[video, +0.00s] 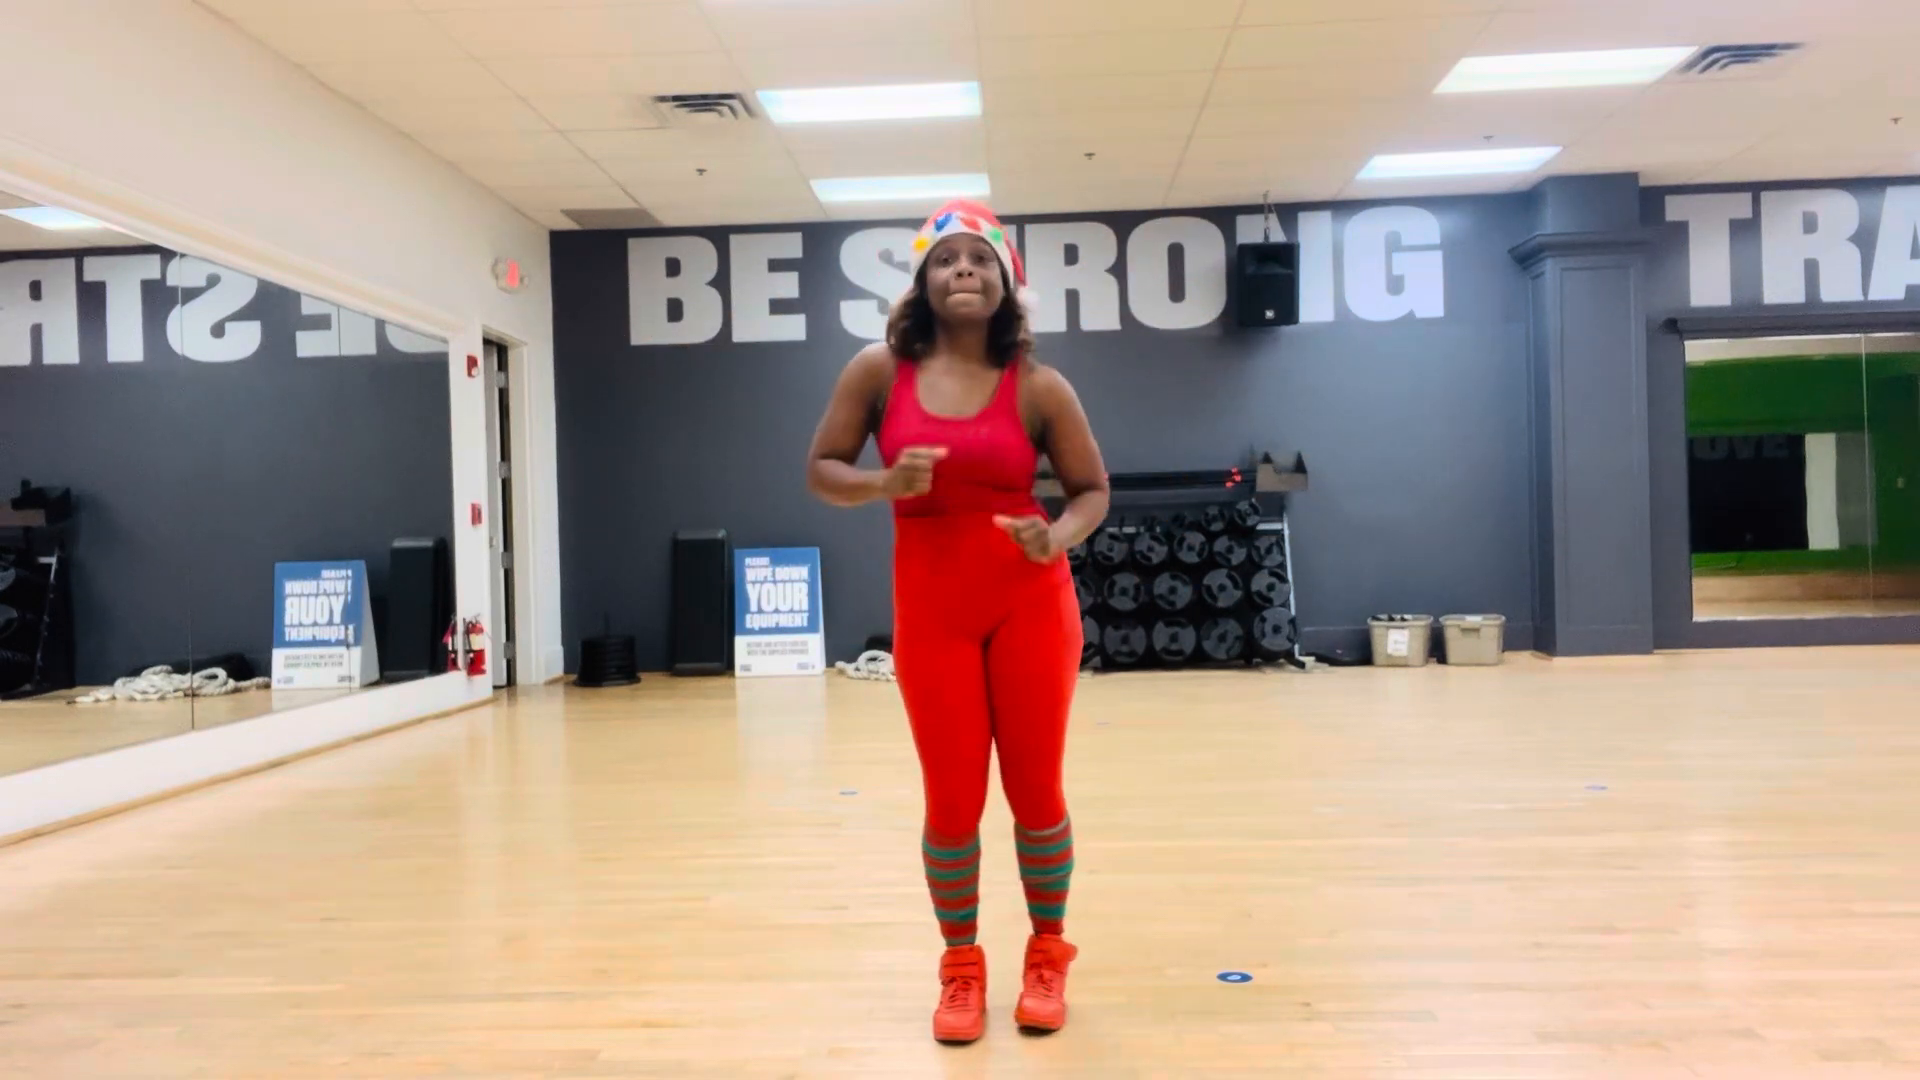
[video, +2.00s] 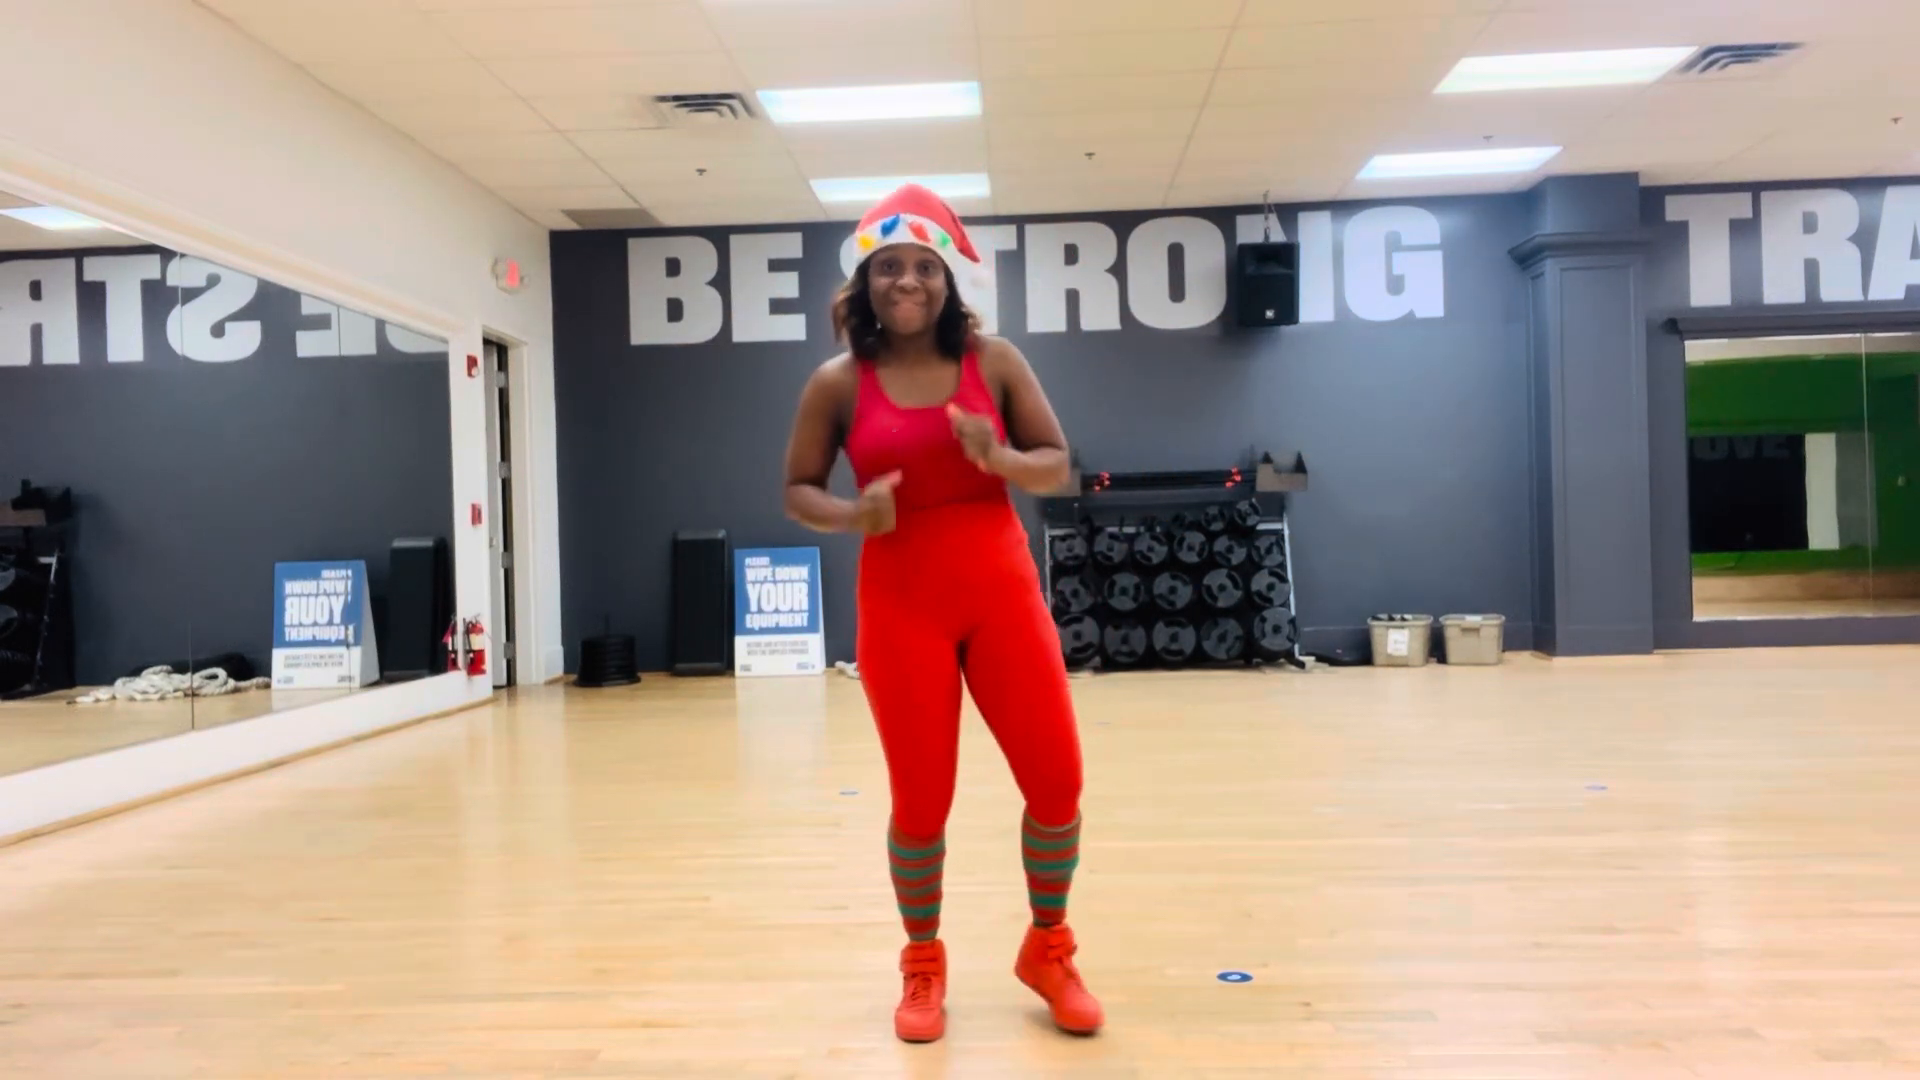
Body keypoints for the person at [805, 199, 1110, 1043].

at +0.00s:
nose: (966, 273)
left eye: (981, 262)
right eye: (949, 262)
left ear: (1003, 284)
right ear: (924, 284)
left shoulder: (1040, 388)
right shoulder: (878, 371)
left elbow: (1092, 490)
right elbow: (821, 471)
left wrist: (1060, 532)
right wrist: (880, 483)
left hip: (1031, 600)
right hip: (930, 609)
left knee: (1035, 790)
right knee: (952, 797)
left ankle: (1047, 959)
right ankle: (960, 968)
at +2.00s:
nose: (907, 281)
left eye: (923, 265)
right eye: (890, 267)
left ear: (949, 280)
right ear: (865, 286)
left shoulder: (993, 361)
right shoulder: (837, 384)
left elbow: (1058, 468)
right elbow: (796, 492)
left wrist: (1002, 460)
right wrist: (851, 514)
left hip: (1004, 593)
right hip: (902, 605)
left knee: (1057, 778)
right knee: (921, 798)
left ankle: (1048, 950)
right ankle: (922, 969)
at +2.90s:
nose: (1020, 280)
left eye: (1040, 267)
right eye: (1007, 265)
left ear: (1069, 283)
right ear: (989, 277)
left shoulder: (1107, 377)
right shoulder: (949, 366)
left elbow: (1159, 487)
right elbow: (901, 467)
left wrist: (1092, 489)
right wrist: (940, 480)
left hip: (1078, 600)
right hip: (973, 599)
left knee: (1079, 790)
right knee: (942, 790)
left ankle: (1092, 961)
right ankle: (934, 963)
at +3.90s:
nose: (922, 299)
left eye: (935, 283)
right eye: (903, 289)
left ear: (960, 295)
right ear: (882, 312)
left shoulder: (1012, 376)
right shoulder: (862, 409)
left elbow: (1077, 477)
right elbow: (822, 512)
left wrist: (1006, 450)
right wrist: (864, 544)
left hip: (1000, 611)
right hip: (903, 616)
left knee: (1064, 786)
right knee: (915, 806)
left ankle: (1047, 969)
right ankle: (911, 973)